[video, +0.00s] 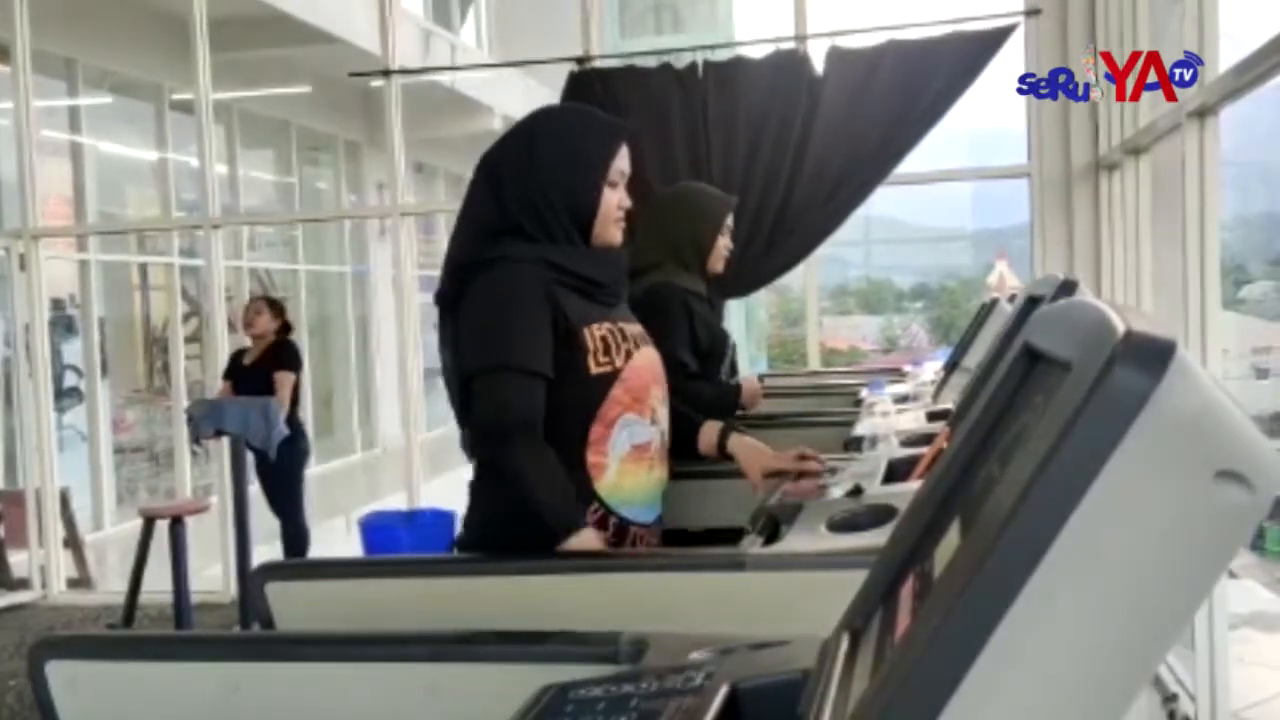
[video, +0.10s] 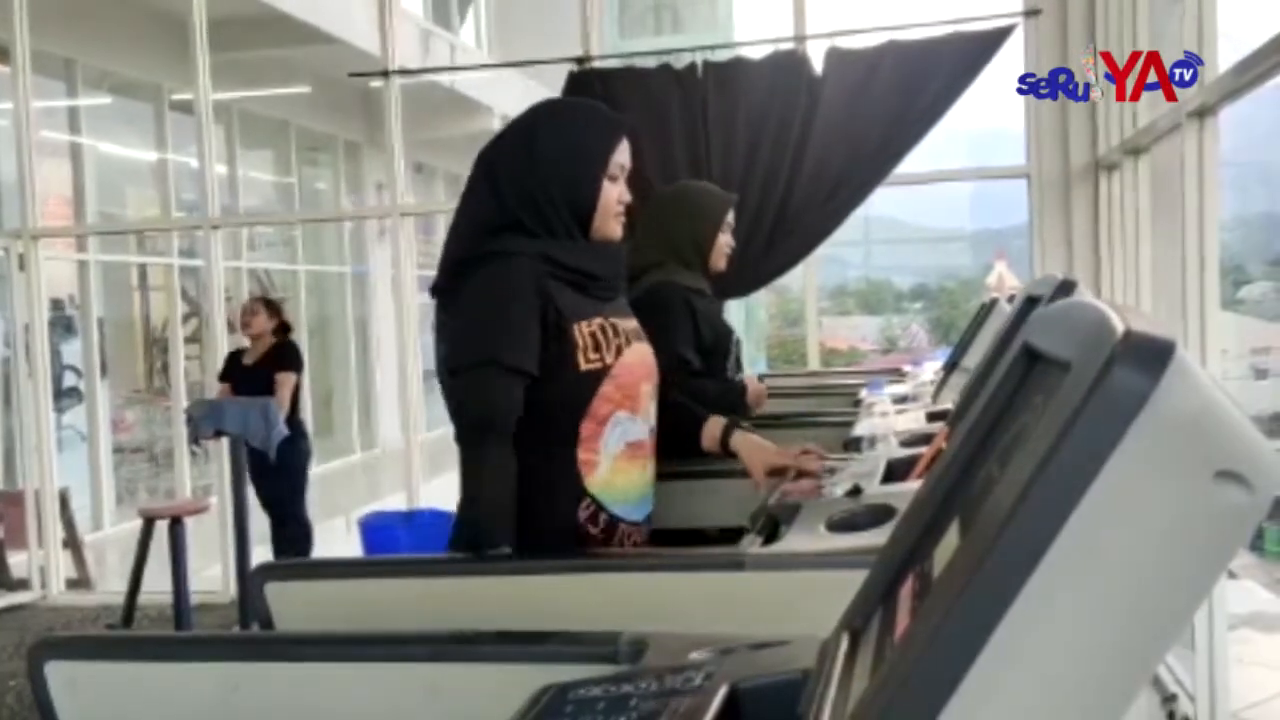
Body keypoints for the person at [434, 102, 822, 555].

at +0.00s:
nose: (627, 202)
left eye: (625, 186)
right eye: (613, 185)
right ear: (563, 183)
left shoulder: (592, 282)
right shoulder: (511, 285)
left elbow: (633, 405)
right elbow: (508, 441)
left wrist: (734, 443)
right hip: (538, 569)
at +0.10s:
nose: (628, 198)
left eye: (625, 180)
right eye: (614, 178)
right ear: (562, 177)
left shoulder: (594, 275)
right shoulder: (505, 281)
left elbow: (634, 397)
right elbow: (487, 441)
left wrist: (737, 440)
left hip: (614, 544)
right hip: (544, 557)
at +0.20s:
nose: (626, 203)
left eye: (625, 186)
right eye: (611, 185)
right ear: (561, 182)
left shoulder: (596, 285)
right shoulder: (501, 292)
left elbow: (628, 408)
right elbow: (457, 450)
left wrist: (737, 441)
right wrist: (424, 582)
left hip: (611, 556)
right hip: (528, 572)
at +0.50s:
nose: (618, 205)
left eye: (614, 187)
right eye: (602, 186)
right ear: (552, 188)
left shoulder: (581, 287)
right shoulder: (501, 299)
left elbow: (598, 421)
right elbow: (484, 460)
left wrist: (702, 439)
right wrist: (478, 592)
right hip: (545, 567)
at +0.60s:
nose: (613, 199)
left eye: (610, 181)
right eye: (599, 180)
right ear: (550, 181)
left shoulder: (569, 284)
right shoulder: (503, 289)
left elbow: (585, 422)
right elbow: (497, 448)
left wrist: (682, 438)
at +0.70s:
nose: (611, 206)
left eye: (608, 189)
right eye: (598, 187)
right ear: (549, 187)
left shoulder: (564, 294)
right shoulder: (511, 294)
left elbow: (578, 424)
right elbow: (532, 447)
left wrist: (670, 440)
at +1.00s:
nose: (619, 201)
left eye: (615, 186)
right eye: (604, 185)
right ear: (557, 187)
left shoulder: (579, 286)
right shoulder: (516, 291)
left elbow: (592, 422)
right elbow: (528, 443)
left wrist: (682, 441)